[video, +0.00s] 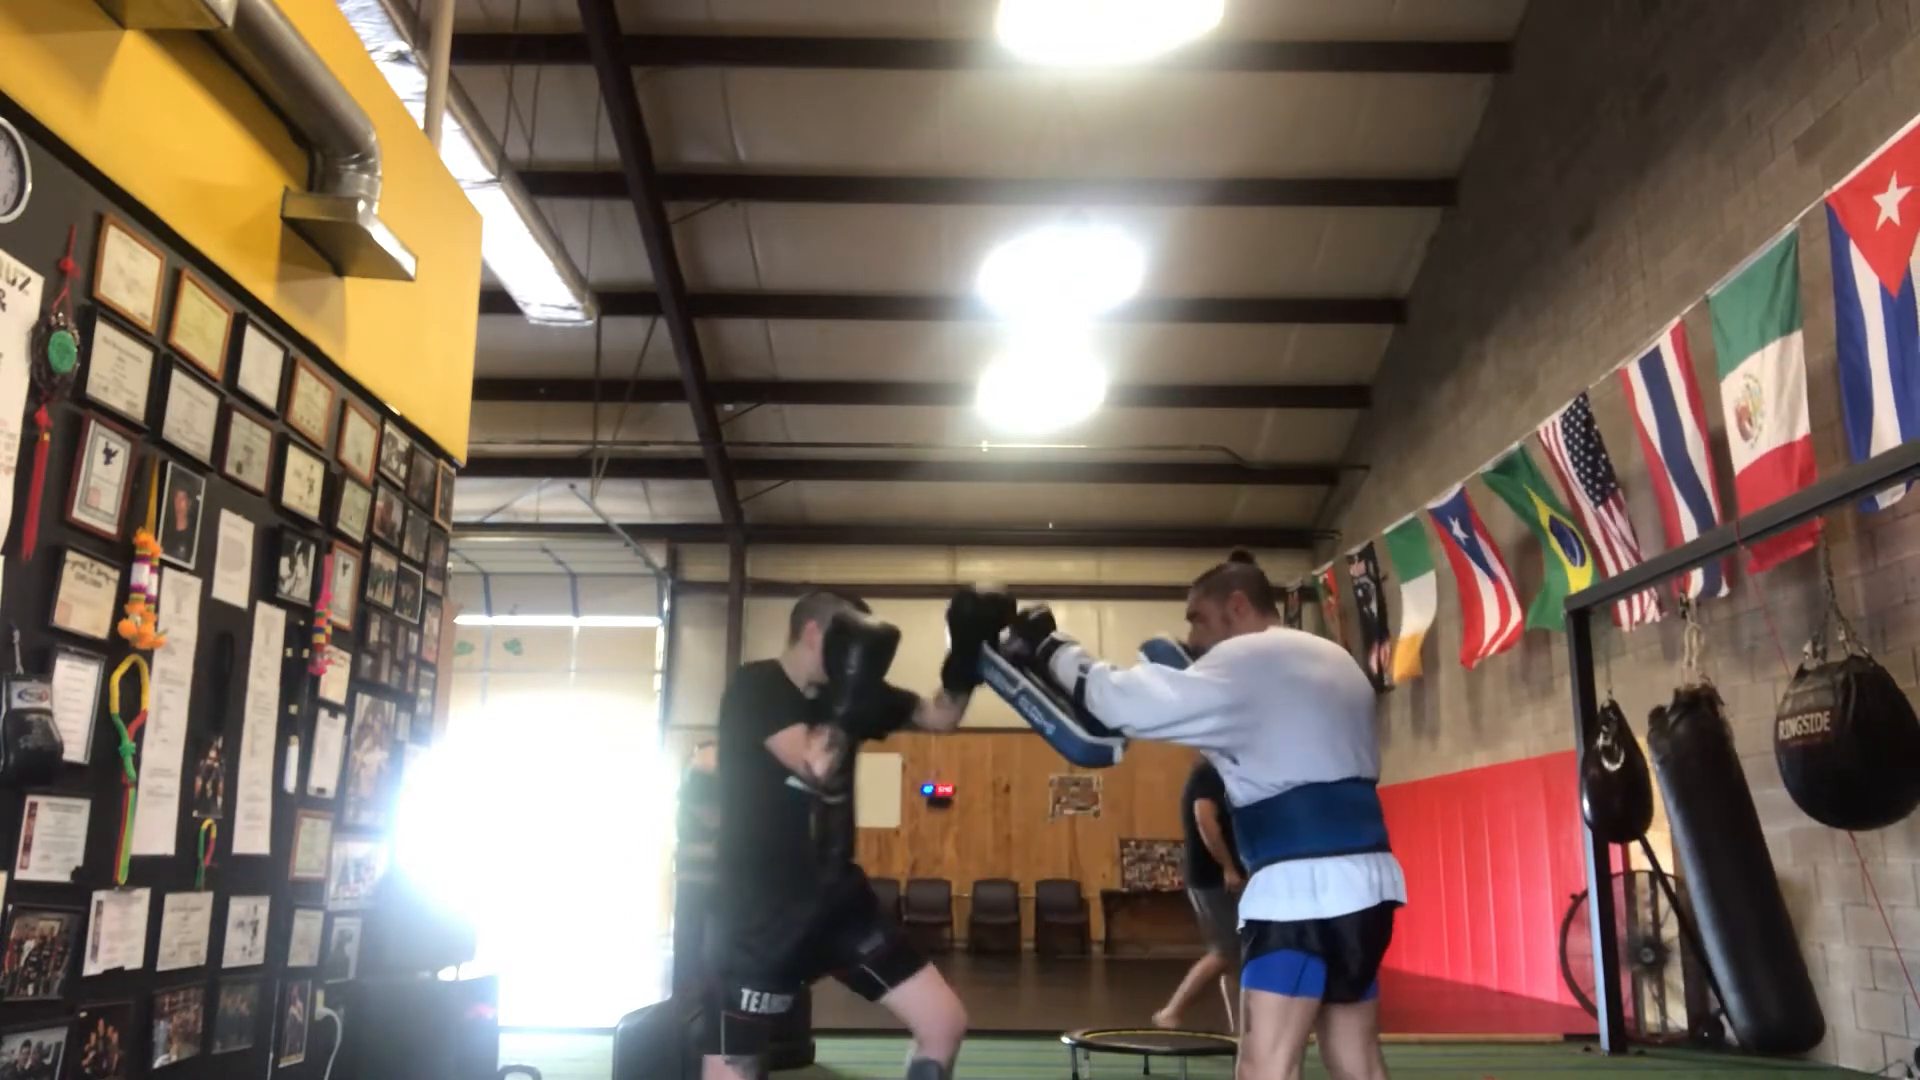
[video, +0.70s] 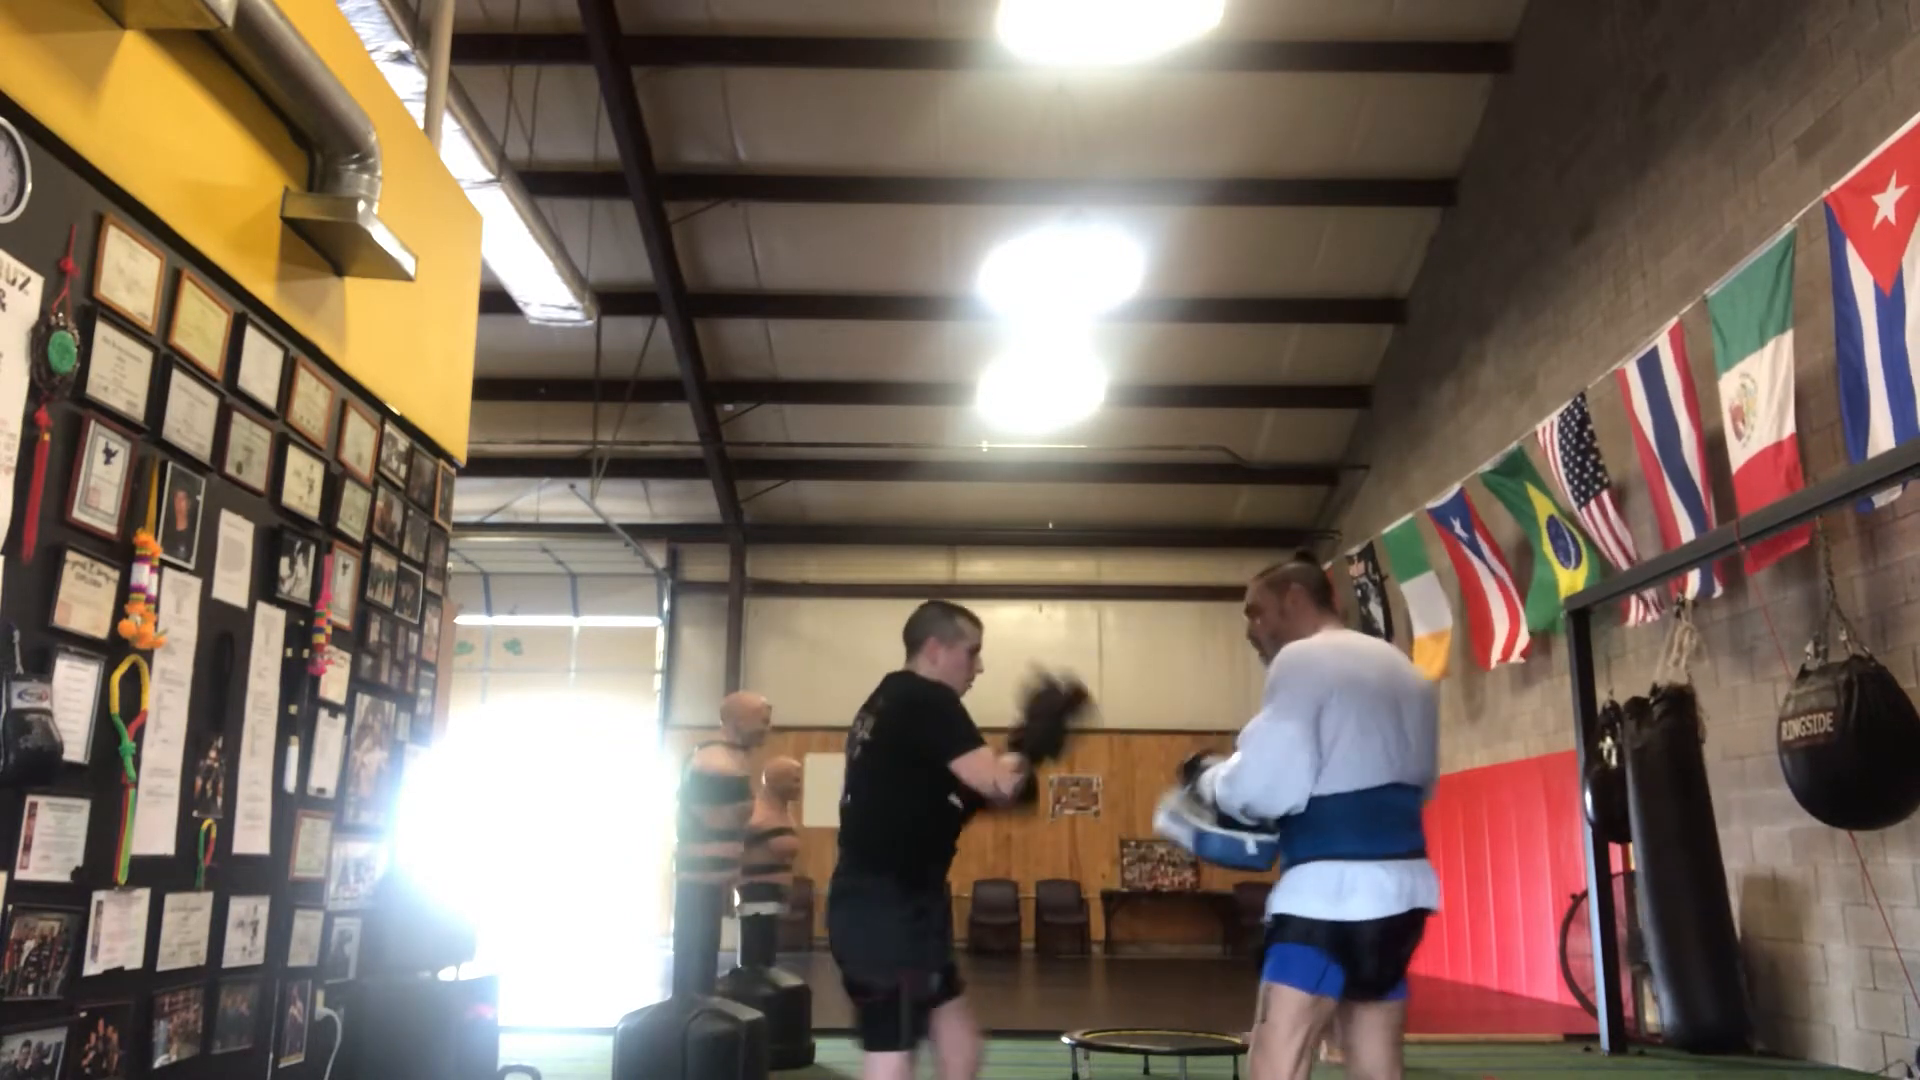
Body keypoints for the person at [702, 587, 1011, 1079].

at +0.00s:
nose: (851, 650)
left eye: (855, 641)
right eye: (843, 639)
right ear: (811, 632)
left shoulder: (847, 695)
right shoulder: (753, 687)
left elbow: (940, 714)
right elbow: (816, 764)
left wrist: (968, 646)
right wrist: (850, 683)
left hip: (834, 898)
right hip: (759, 905)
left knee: (942, 1021)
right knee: (731, 1070)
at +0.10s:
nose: (872, 660)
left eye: (876, 649)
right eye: (864, 647)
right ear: (831, 644)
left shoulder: (870, 703)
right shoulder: (771, 701)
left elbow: (941, 760)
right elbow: (825, 781)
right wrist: (866, 701)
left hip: (860, 912)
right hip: (782, 916)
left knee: (942, 1054)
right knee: (753, 1071)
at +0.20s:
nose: (904, 676)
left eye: (906, 665)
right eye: (896, 664)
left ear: (867, 663)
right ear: (857, 660)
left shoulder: (900, 723)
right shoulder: (800, 722)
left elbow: (950, 802)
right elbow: (832, 811)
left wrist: (1006, 784)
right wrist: (882, 734)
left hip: (889, 923)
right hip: (819, 926)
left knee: (952, 1069)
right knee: (788, 1068)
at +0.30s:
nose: (943, 665)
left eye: (943, 654)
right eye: (934, 654)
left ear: (907, 659)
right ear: (897, 656)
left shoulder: (914, 722)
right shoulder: (867, 705)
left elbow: (939, 790)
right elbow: (860, 765)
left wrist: (973, 750)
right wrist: (946, 721)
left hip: (908, 917)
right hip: (862, 917)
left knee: (944, 1063)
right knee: (849, 1061)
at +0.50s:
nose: (965, 669)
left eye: (964, 658)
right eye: (960, 657)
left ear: (911, 655)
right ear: (931, 655)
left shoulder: (855, 712)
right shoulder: (949, 698)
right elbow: (1057, 712)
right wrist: (1145, 710)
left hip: (859, 901)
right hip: (908, 905)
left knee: (938, 1047)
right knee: (890, 1062)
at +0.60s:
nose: (970, 671)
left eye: (970, 659)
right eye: (965, 657)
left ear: (923, 654)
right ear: (929, 652)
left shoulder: (879, 700)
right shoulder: (940, 702)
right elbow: (1022, 758)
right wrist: (1092, 754)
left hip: (866, 900)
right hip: (902, 906)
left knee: (935, 1054)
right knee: (915, 1062)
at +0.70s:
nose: (978, 667)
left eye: (978, 654)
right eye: (972, 652)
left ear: (929, 650)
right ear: (935, 648)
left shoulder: (891, 697)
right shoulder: (928, 701)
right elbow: (998, 780)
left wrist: (995, 782)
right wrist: (1033, 735)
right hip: (889, 908)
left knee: (960, 1042)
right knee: (888, 1054)